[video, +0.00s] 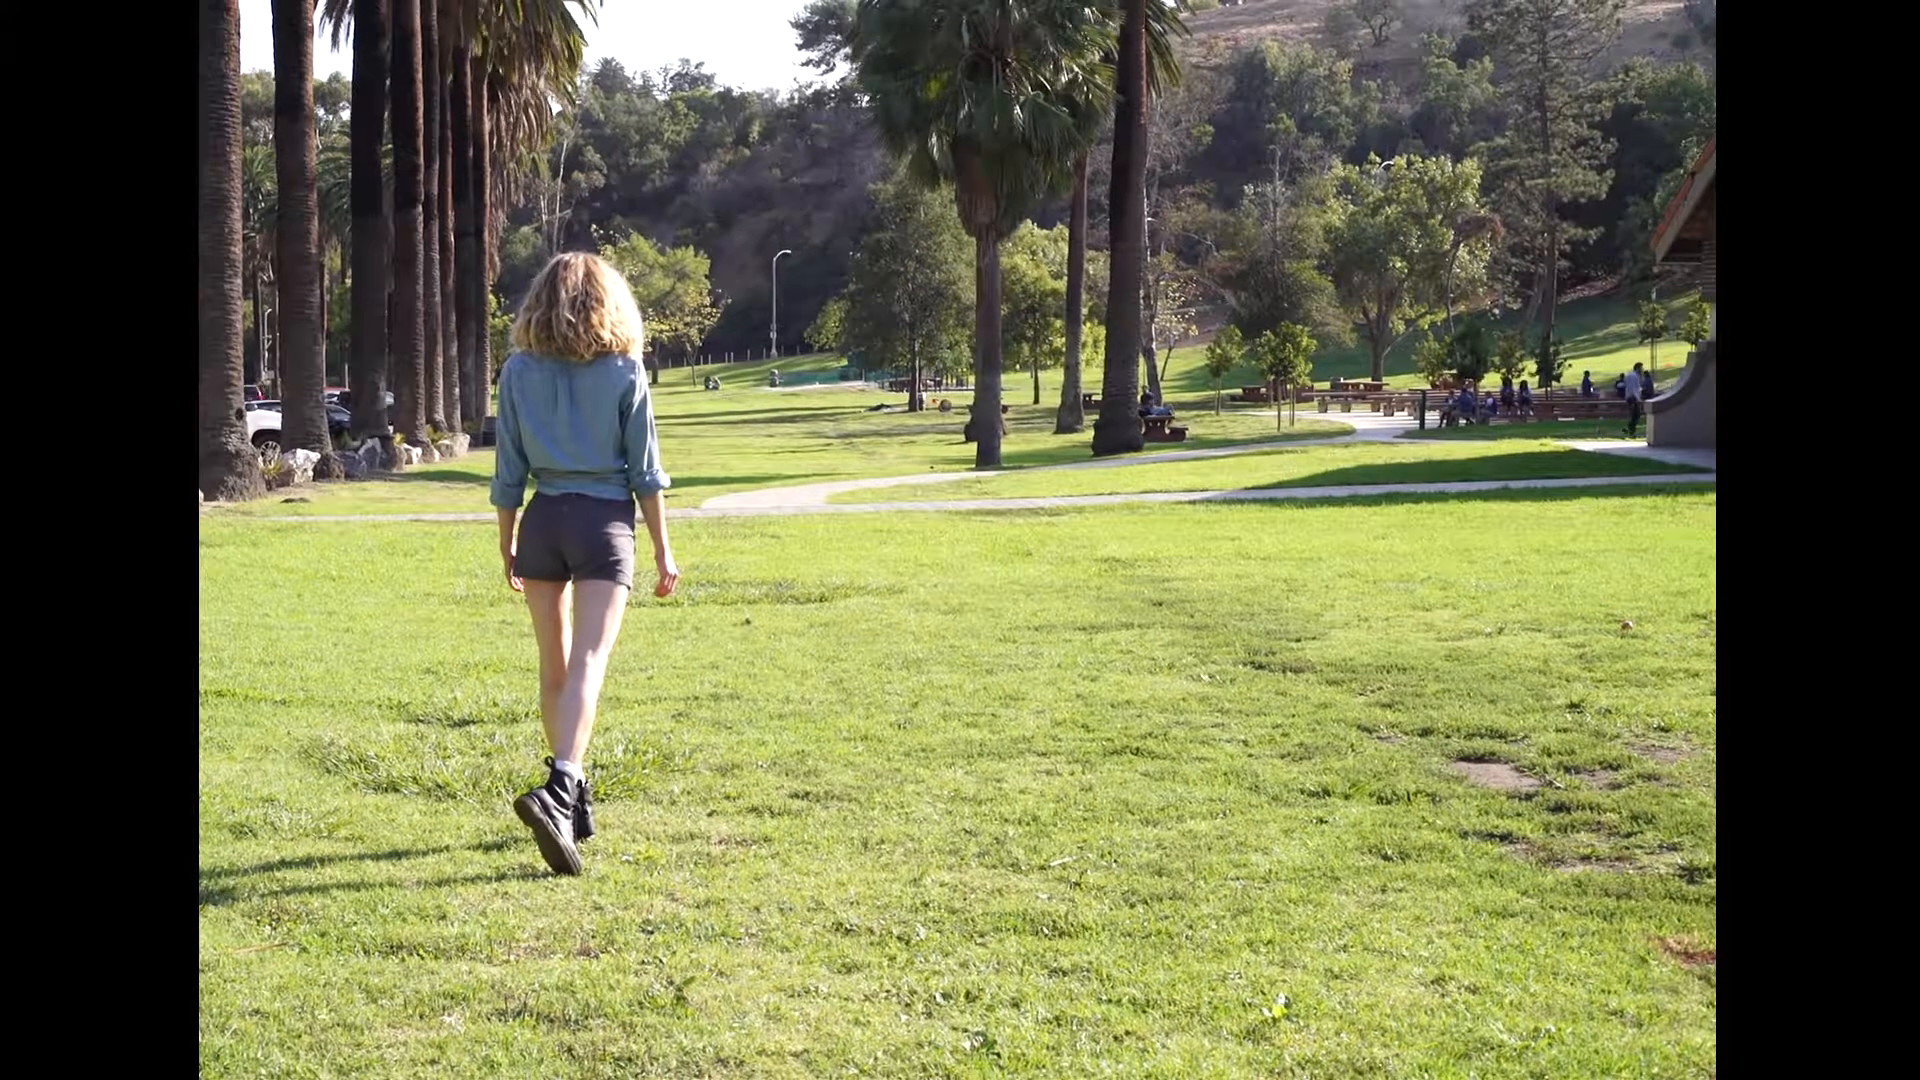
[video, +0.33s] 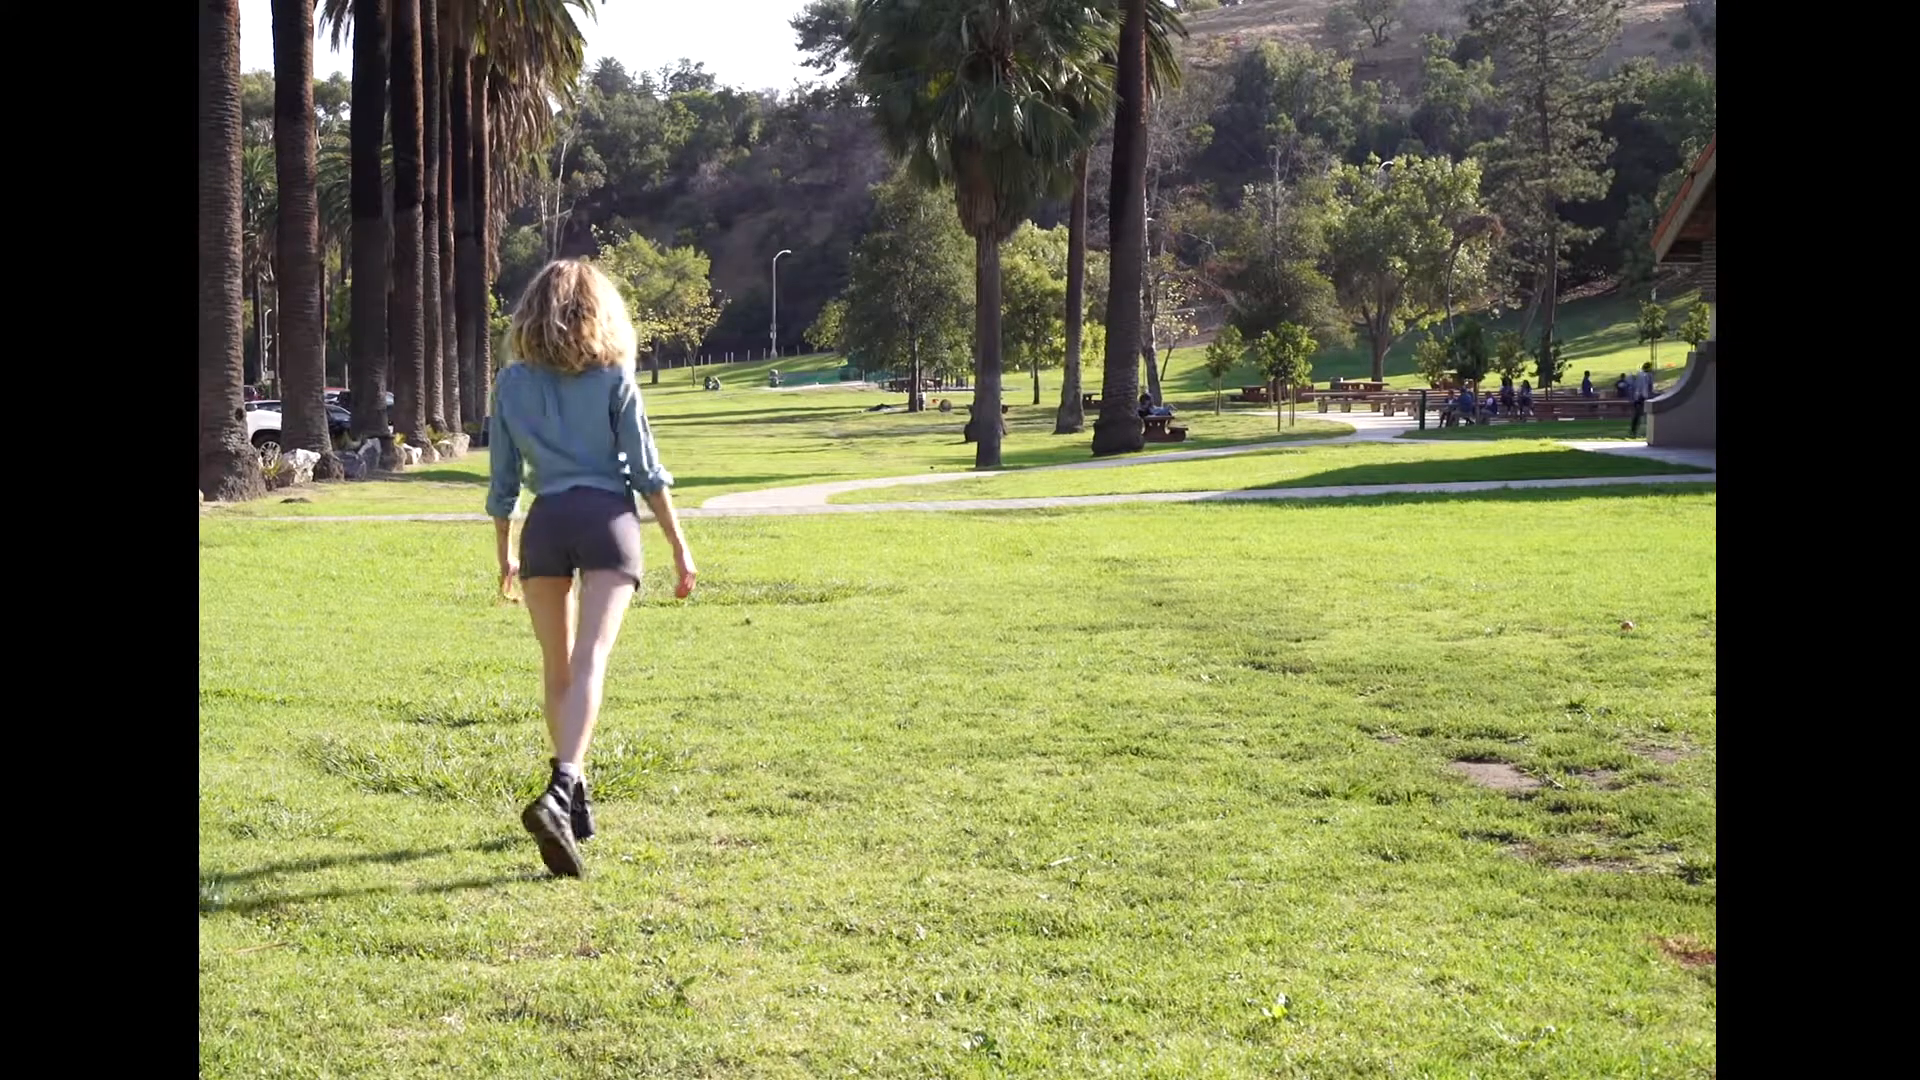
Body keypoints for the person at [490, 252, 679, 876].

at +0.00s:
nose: (620, 311)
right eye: (615, 300)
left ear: (540, 307)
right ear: (610, 307)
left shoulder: (518, 371)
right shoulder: (625, 372)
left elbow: (509, 468)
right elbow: (644, 470)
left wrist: (507, 543)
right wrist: (663, 549)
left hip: (541, 517)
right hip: (606, 517)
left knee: (553, 663)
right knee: (588, 660)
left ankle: (576, 795)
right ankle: (558, 790)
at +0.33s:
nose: (618, 321)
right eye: (611, 310)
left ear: (532, 315)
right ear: (602, 315)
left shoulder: (512, 381)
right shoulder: (615, 374)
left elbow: (504, 477)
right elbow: (644, 468)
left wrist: (504, 553)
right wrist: (680, 545)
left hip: (543, 519)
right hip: (610, 514)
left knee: (556, 666)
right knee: (590, 663)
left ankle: (576, 796)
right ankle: (559, 792)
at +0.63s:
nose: (570, 325)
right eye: (564, 318)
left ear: (514, 357)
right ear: (555, 325)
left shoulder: (526, 413)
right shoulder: (587, 344)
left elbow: (541, 500)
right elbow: (617, 395)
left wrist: (557, 556)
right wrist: (651, 454)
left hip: (553, 521)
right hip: (597, 506)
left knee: (575, 668)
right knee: (573, 671)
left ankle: (579, 804)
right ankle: (529, 822)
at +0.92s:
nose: (566, 323)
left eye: (572, 313)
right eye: (552, 319)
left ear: (592, 325)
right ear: (540, 341)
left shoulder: (630, 403)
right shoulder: (537, 394)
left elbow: (662, 488)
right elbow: (482, 473)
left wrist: (694, 561)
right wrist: (422, 533)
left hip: (625, 548)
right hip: (564, 541)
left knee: (612, 688)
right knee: (574, 692)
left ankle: (592, 811)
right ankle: (528, 838)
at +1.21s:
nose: (612, 330)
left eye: (621, 322)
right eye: (600, 325)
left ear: (643, 339)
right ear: (584, 345)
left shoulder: (663, 408)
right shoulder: (560, 397)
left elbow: (670, 474)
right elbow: (516, 447)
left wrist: (676, 530)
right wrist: (487, 475)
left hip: (608, 554)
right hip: (542, 547)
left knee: (640, 702)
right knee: (567, 685)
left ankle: (608, 808)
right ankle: (534, 839)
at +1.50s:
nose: (641, 546)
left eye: (650, 534)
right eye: (629, 534)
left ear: (664, 528)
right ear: (603, 524)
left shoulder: (653, 548)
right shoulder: (553, 530)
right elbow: (499, 480)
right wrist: (456, 439)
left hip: (589, 582)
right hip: (524, 567)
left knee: (641, 708)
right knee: (553, 690)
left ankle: (602, 811)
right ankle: (530, 843)